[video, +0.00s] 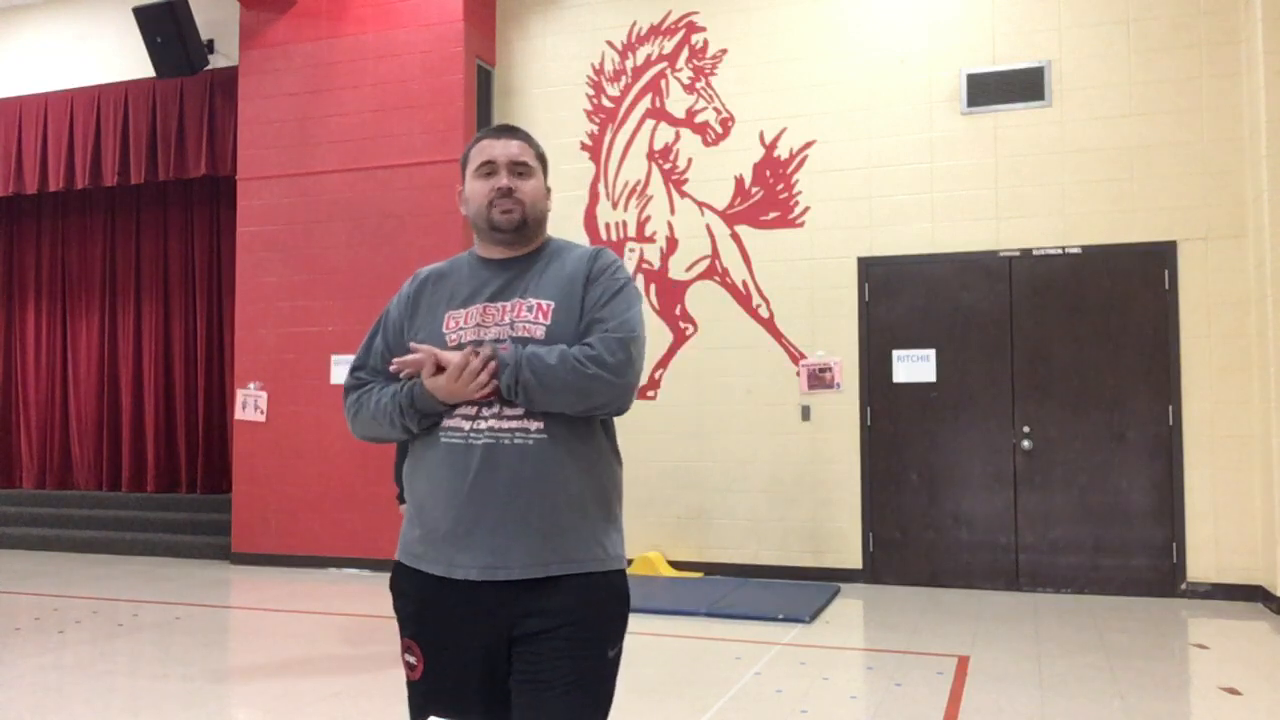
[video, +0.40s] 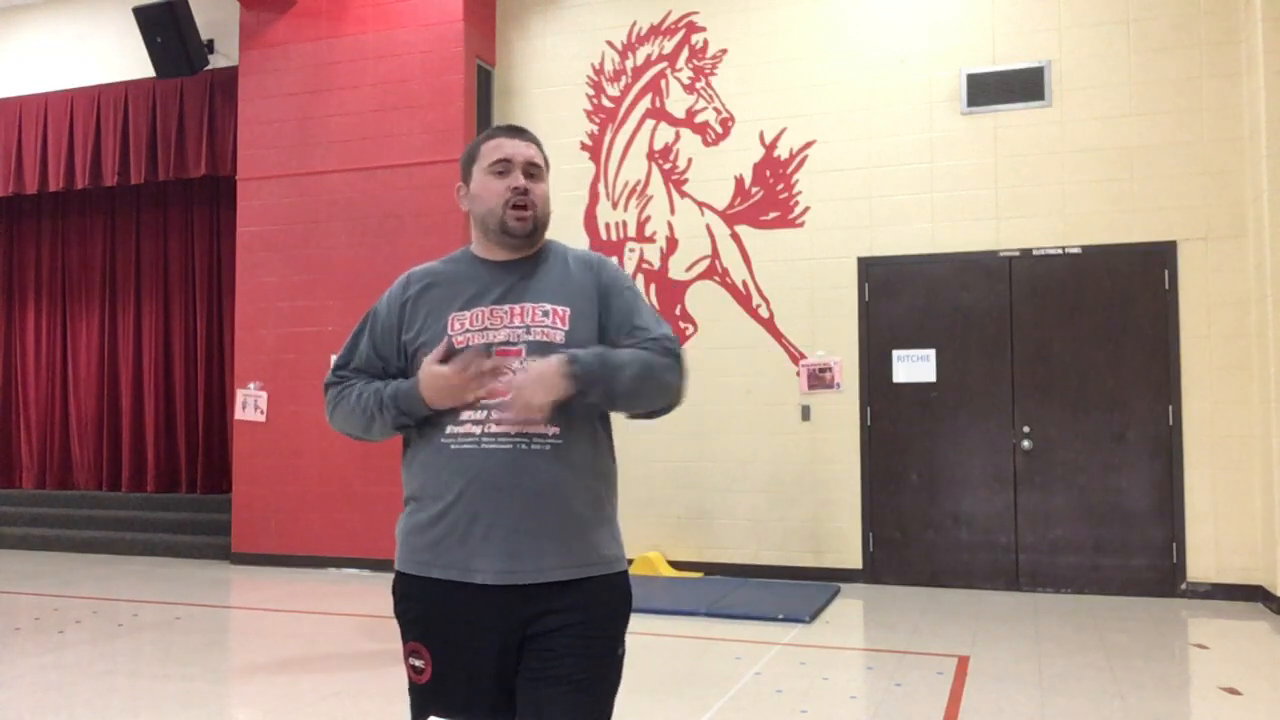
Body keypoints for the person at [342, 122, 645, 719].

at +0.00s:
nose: (504, 182)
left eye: (520, 170)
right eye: (486, 171)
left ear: (548, 192)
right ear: (462, 198)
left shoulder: (595, 272)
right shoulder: (420, 293)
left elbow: (613, 374)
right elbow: (362, 406)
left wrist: (470, 365)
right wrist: (429, 397)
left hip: (571, 573)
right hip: (440, 577)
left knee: (561, 710)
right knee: (447, 713)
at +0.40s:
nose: (520, 182)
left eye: (533, 172)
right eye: (500, 170)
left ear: (549, 193)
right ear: (464, 194)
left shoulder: (598, 280)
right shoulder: (415, 292)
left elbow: (666, 374)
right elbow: (342, 399)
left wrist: (573, 373)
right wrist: (419, 395)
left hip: (577, 580)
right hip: (446, 582)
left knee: (568, 711)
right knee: (452, 714)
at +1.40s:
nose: (545, 169)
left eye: (565, 157)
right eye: (529, 155)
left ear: (594, 181)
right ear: (503, 179)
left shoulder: (637, 273)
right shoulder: (449, 273)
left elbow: (694, 383)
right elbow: (373, 395)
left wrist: (623, 351)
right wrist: (435, 358)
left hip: (608, 590)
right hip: (472, 589)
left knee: (600, 709)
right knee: (481, 710)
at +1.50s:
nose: (545, 161)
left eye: (566, 149)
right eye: (529, 147)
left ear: (597, 177)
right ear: (507, 170)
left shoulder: (647, 271)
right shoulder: (451, 269)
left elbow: (719, 369)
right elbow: (372, 397)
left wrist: (683, 389)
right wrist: (419, 351)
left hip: (617, 590)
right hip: (478, 590)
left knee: (610, 710)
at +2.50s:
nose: (566, 149)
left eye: (584, 141)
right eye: (546, 132)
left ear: (601, 172)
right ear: (505, 154)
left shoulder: (643, 274)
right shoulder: (437, 261)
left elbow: (692, 387)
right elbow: (347, 392)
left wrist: (747, 388)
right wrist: (450, 363)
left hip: (638, 595)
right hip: (493, 596)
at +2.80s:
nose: (510, 139)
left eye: (525, 131)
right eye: (488, 124)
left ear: (540, 160)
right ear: (443, 152)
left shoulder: (579, 271)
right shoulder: (385, 259)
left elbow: (622, 404)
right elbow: (304, 392)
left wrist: (683, 455)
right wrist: (427, 387)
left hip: (583, 594)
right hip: (436, 594)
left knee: (593, 711)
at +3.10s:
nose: (476, 163)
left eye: (487, 152)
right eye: (456, 145)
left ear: (497, 170)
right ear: (401, 161)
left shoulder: (521, 279)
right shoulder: (339, 266)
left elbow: (556, 399)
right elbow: (257, 398)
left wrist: (612, 419)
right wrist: (389, 393)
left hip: (517, 597)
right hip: (377, 594)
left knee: (525, 710)